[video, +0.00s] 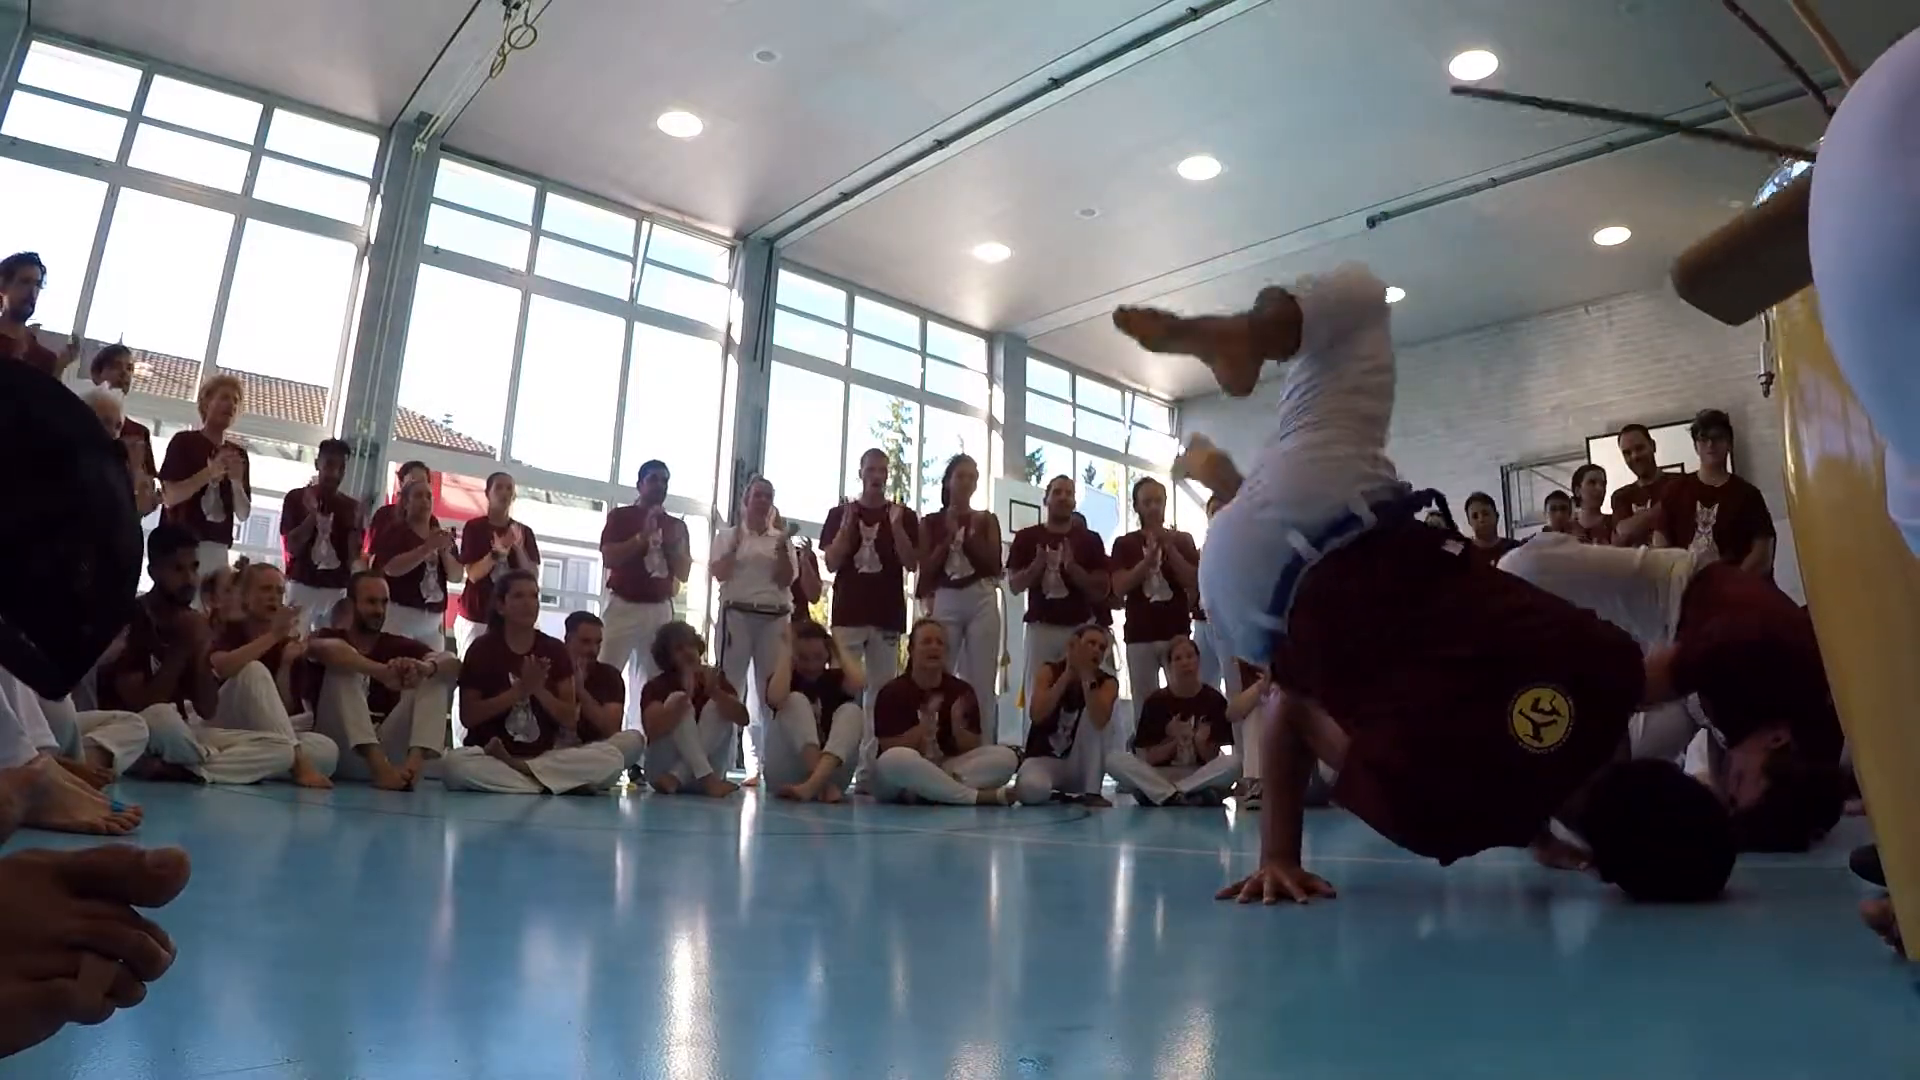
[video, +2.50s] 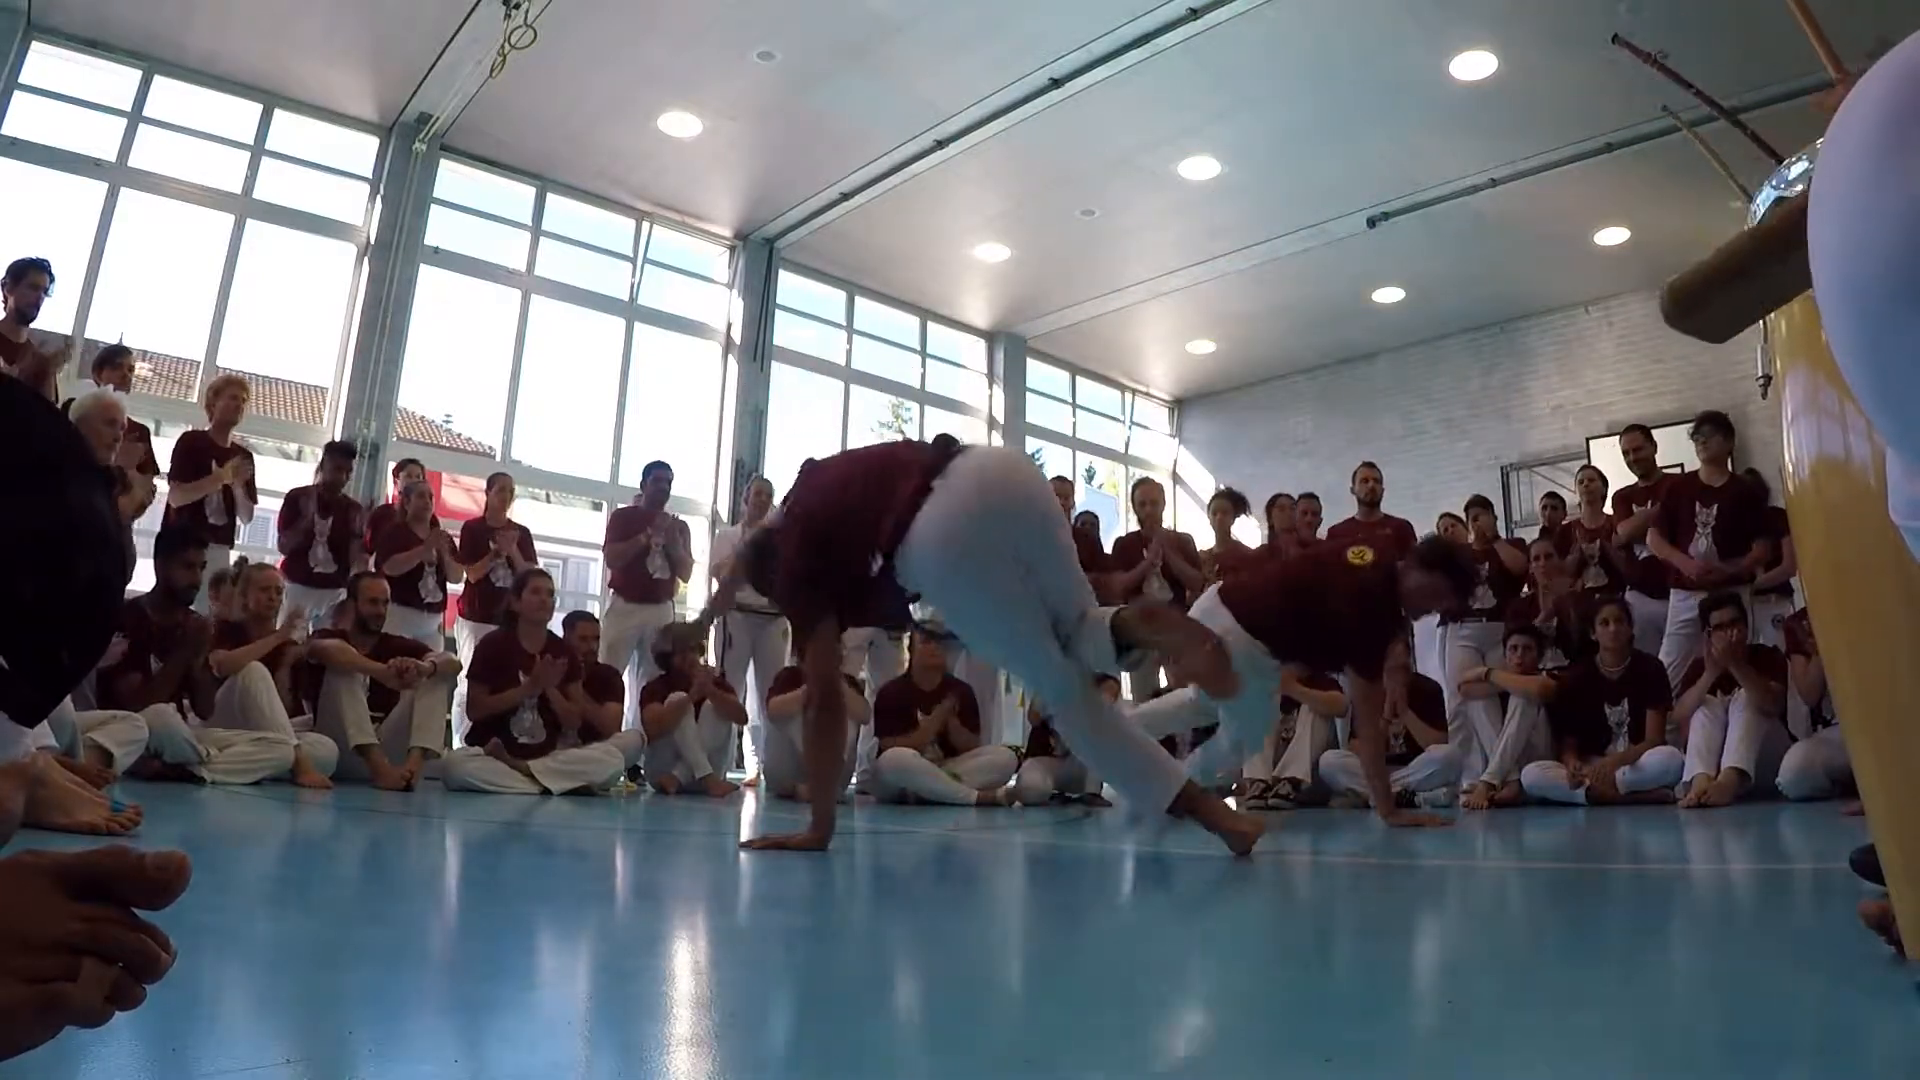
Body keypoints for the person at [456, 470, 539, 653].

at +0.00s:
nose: (504, 493)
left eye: (509, 488)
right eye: (499, 488)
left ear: (514, 495)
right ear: (488, 493)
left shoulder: (524, 532)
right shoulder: (474, 527)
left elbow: (533, 575)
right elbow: (473, 575)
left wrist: (519, 548)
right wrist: (495, 554)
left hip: (510, 621)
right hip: (474, 617)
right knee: (472, 678)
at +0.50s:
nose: (504, 493)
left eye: (509, 489)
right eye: (498, 488)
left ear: (514, 495)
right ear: (487, 493)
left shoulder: (524, 532)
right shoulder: (473, 527)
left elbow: (532, 576)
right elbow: (473, 574)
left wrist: (514, 553)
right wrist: (498, 553)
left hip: (509, 621)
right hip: (473, 617)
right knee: (471, 679)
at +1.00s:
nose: (503, 493)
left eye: (507, 488)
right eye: (497, 488)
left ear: (512, 495)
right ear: (486, 493)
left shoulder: (523, 532)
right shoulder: (473, 527)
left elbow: (531, 574)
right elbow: (473, 575)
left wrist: (514, 553)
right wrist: (496, 553)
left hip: (509, 621)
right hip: (474, 617)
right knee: (471, 679)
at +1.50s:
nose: (503, 493)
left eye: (507, 488)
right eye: (497, 488)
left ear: (512, 495)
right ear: (486, 493)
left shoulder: (523, 533)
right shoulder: (473, 527)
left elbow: (532, 574)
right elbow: (472, 574)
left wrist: (517, 549)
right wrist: (494, 554)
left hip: (510, 622)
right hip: (474, 618)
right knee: (471, 675)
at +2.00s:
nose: (503, 494)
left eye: (508, 490)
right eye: (498, 489)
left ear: (513, 495)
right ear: (487, 493)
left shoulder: (523, 533)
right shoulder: (473, 527)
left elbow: (532, 575)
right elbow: (472, 575)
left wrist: (516, 551)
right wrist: (492, 554)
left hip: (509, 623)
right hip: (473, 620)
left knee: (505, 685)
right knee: (469, 685)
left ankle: (498, 743)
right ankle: (463, 747)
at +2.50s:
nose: (506, 495)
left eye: (510, 491)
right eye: (501, 490)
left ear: (514, 496)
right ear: (488, 493)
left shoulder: (521, 533)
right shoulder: (472, 527)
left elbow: (531, 576)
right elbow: (471, 574)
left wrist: (512, 552)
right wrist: (495, 553)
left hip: (509, 623)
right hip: (474, 618)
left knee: (504, 683)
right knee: (470, 684)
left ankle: (497, 742)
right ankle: (463, 745)